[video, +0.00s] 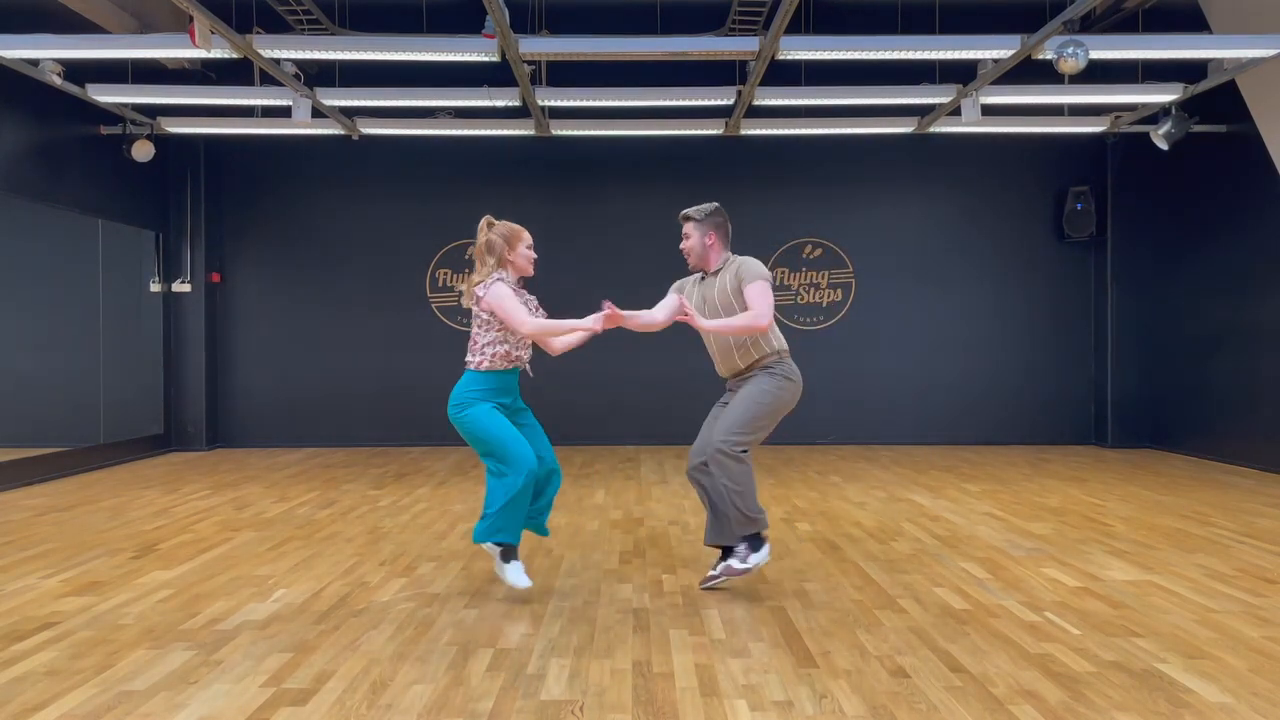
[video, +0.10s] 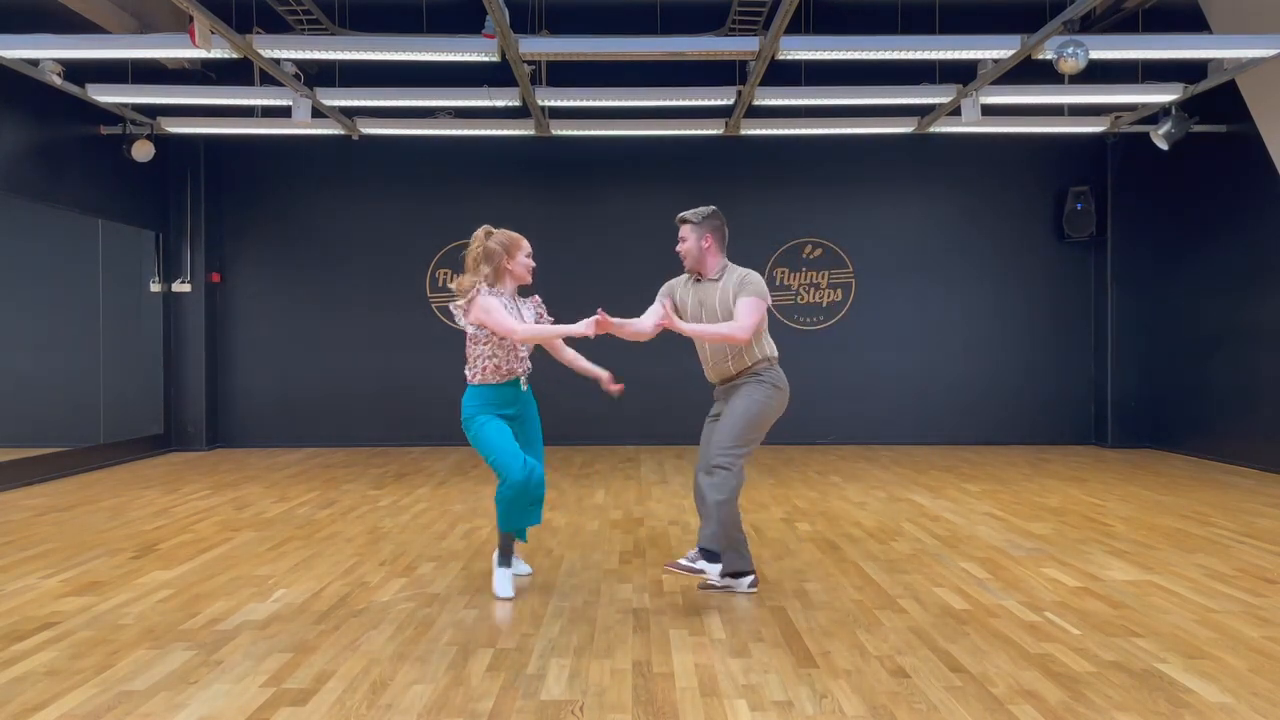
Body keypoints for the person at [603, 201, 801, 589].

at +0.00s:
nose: (681, 245)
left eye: (687, 237)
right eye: (681, 237)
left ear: (711, 238)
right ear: (705, 240)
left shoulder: (747, 268)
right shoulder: (685, 287)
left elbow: (761, 319)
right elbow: (656, 318)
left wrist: (706, 325)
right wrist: (621, 317)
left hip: (773, 374)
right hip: (736, 384)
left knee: (723, 445)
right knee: (699, 464)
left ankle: (752, 540)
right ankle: (733, 549)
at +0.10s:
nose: (677, 248)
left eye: (683, 240)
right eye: (678, 240)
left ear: (708, 241)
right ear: (701, 243)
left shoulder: (747, 280)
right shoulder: (675, 289)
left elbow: (742, 331)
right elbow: (645, 328)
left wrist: (682, 326)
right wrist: (611, 325)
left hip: (760, 380)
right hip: (724, 389)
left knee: (722, 459)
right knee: (708, 473)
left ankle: (710, 553)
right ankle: (738, 569)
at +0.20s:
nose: (669, 238)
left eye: (675, 231)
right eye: (669, 231)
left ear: (700, 231)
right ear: (694, 233)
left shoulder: (732, 269)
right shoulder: (675, 274)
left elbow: (703, 318)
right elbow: (658, 325)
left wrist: (651, 325)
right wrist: (633, 312)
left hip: (750, 375)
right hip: (713, 381)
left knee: (723, 454)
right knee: (691, 467)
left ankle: (727, 562)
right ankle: (731, 556)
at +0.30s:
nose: (659, 235)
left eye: (665, 227)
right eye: (659, 227)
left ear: (690, 228)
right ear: (686, 230)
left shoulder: (708, 265)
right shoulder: (687, 269)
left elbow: (679, 328)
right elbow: (693, 323)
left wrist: (632, 336)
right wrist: (657, 316)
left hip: (742, 377)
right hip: (701, 381)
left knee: (720, 460)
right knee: (662, 455)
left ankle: (751, 546)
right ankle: (694, 539)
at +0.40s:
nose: (655, 244)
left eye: (663, 237)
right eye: (654, 237)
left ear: (689, 242)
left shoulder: (693, 284)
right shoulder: (679, 282)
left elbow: (683, 355)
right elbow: (689, 337)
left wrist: (640, 354)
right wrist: (663, 330)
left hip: (727, 391)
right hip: (689, 395)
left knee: (720, 484)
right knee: (650, 475)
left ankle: (760, 559)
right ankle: (668, 546)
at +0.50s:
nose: (656, 237)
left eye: (665, 231)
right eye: (651, 230)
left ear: (684, 238)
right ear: (645, 234)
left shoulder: (685, 280)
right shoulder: (658, 280)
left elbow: (673, 337)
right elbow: (660, 324)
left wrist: (626, 319)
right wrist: (639, 310)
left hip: (712, 384)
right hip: (677, 388)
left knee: (715, 474)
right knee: (643, 463)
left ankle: (757, 563)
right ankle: (667, 544)